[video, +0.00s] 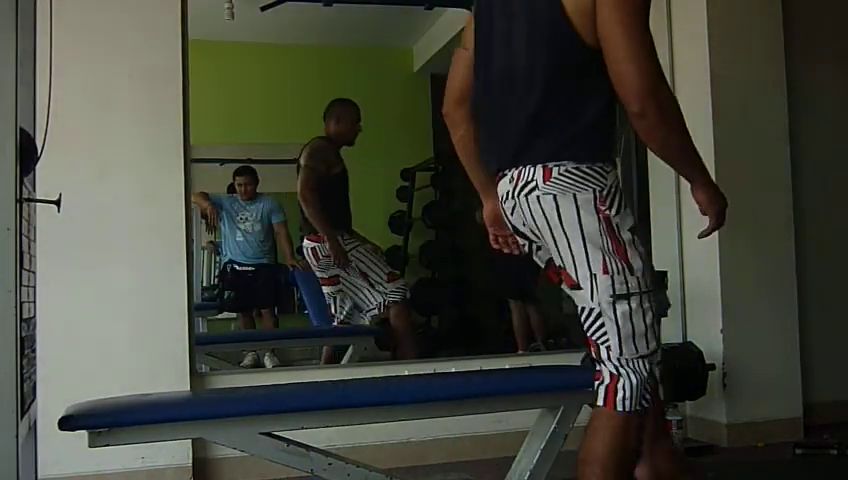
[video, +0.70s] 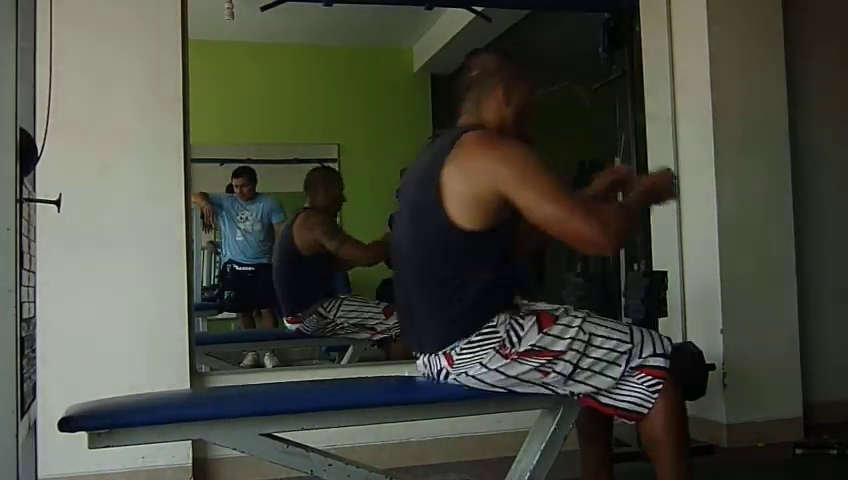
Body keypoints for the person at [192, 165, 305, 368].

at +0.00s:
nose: (243, 190)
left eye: (247, 185)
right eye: (239, 185)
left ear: (256, 185)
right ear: (234, 185)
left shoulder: (268, 204)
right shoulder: (226, 202)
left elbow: (281, 231)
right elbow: (197, 196)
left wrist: (289, 258)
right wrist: (207, 205)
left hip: (263, 267)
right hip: (235, 268)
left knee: (266, 311)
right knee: (244, 313)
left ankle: (269, 351)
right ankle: (251, 351)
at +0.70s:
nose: (239, 191)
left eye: (243, 186)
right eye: (235, 187)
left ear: (254, 185)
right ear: (232, 186)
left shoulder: (269, 203)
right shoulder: (226, 202)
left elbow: (282, 236)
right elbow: (196, 196)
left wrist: (281, 263)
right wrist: (205, 205)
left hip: (262, 268)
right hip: (234, 269)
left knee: (266, 311)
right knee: (244, 314)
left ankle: (270, 352)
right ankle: (250, 352)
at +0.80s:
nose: (239, 192)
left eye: (243, 187)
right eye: (235, 188)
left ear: (254, 185)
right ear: (231, 187)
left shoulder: (266, 201)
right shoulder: (226, 201)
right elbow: (196, 196)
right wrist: (205, 204)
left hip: (261, 267)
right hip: (235, 269)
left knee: (266, 311)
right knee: (244, 314)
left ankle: (270, 352)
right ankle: (250, 352)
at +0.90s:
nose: (238, 192)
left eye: (242, 188)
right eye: (234, 188)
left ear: (253, 185)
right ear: (231, 187)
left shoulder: (263, 204)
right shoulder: (226, 201)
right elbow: (196, 196)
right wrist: (204, 204)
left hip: (261, 264)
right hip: (234, 266)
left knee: (264, 310)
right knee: (244, 313)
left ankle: (270, 351)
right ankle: (250, 351)